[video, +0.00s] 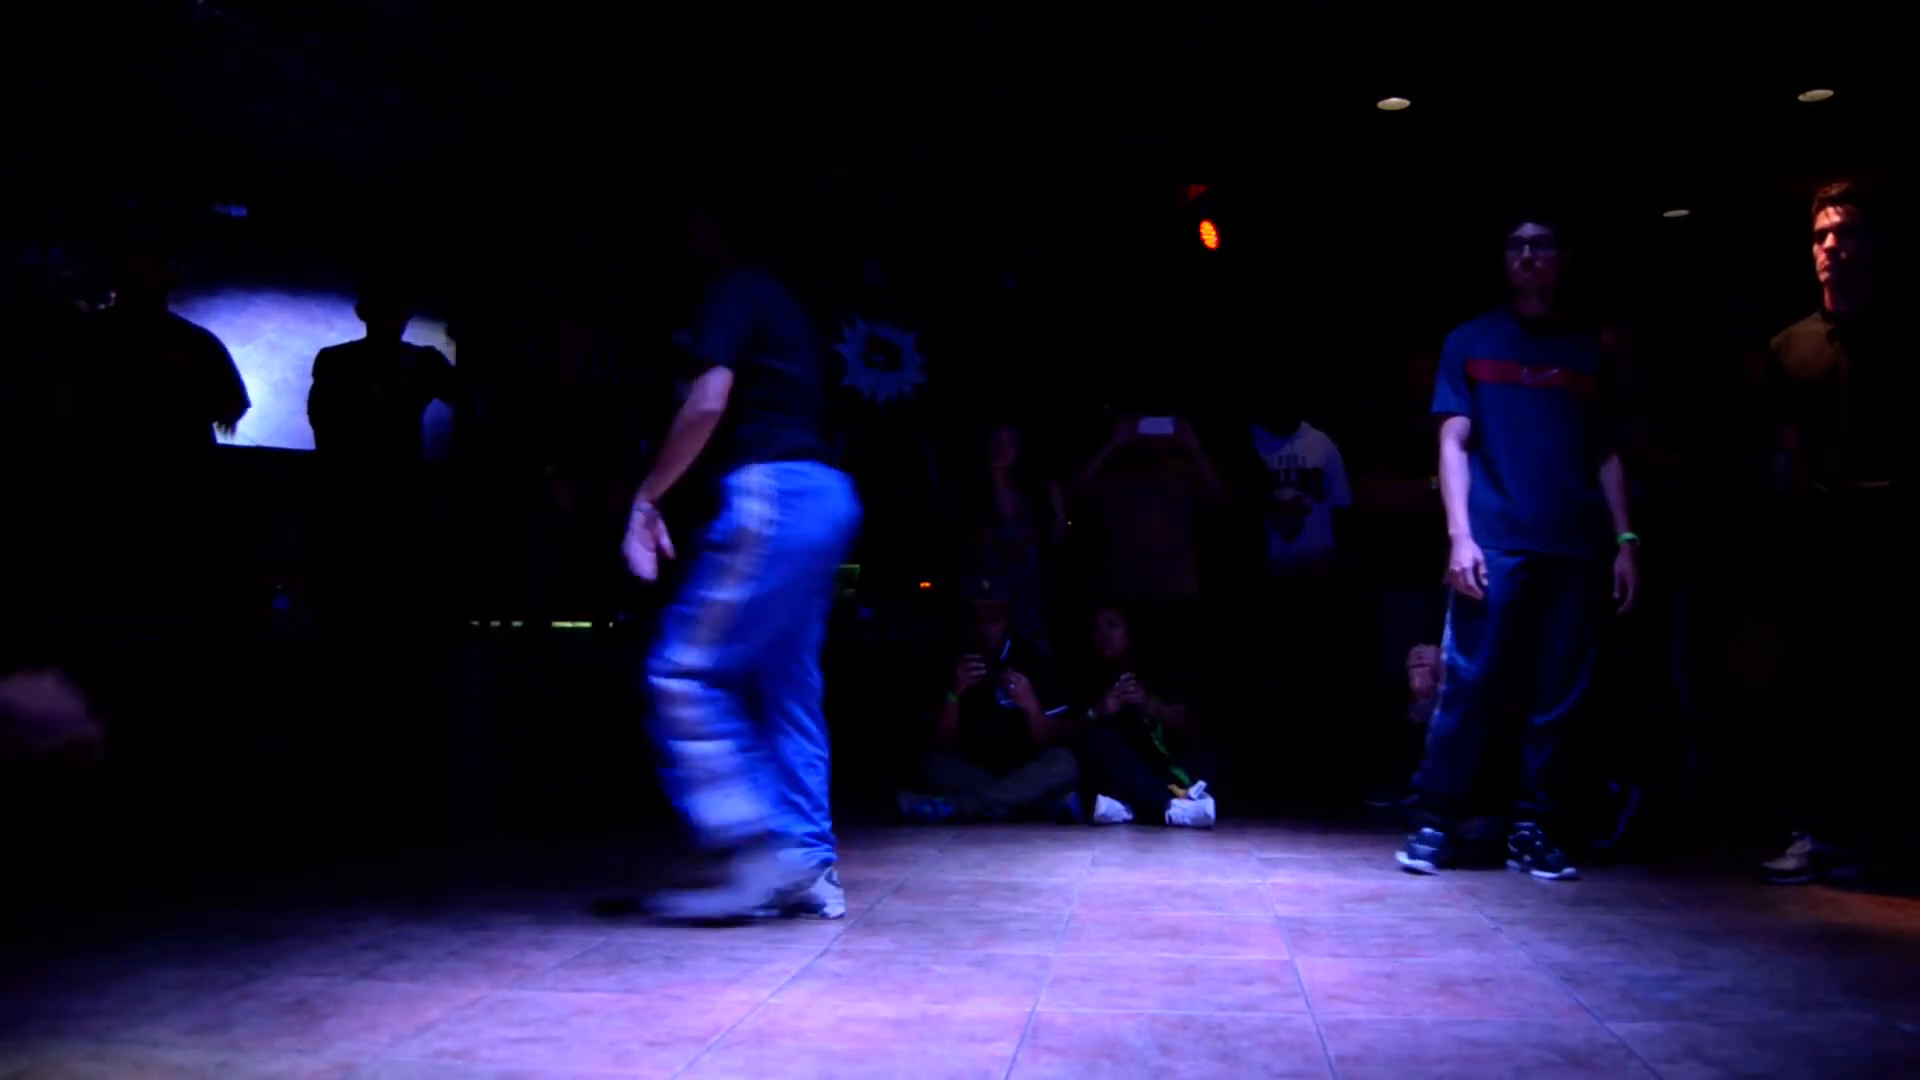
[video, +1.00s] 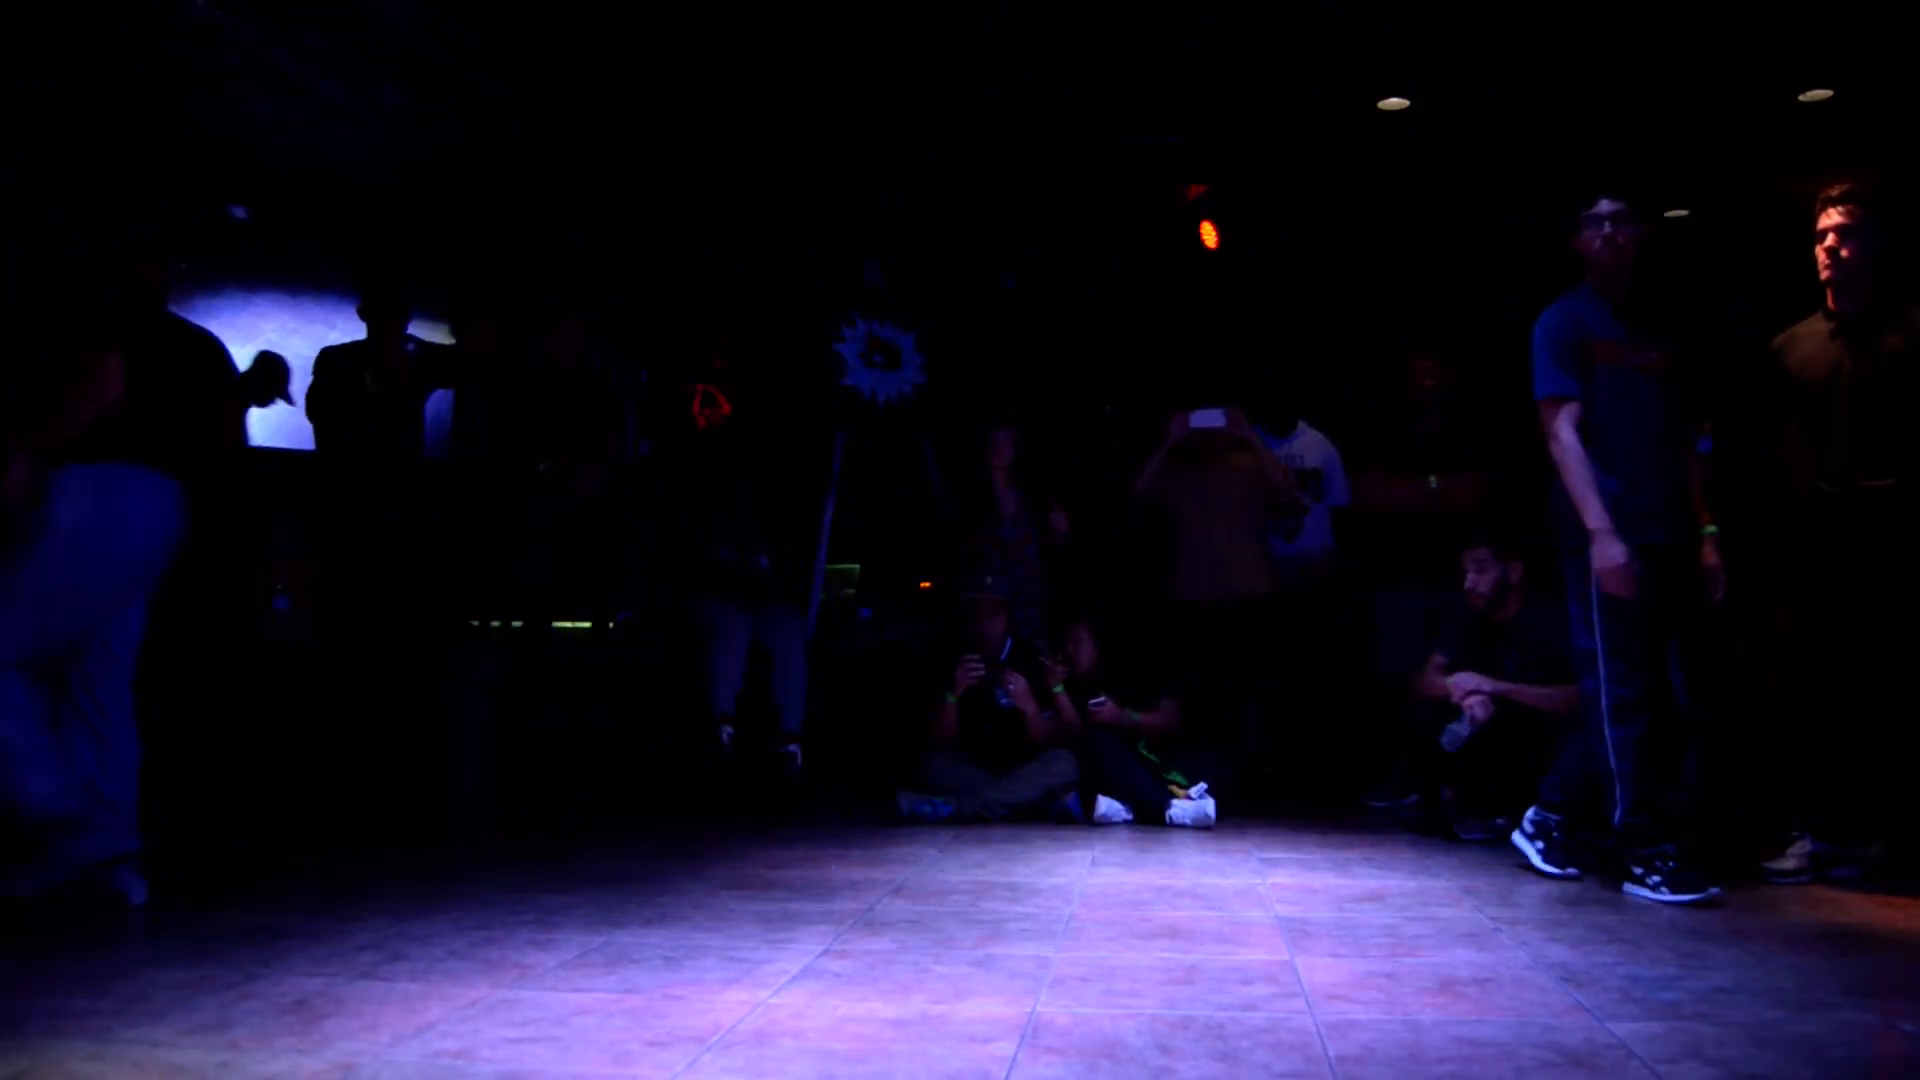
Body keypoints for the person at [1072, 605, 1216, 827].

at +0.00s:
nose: (1105, 635)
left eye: (1112, 626)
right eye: (1098, 628)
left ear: (1127, 630)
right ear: (1090, 635)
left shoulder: (1149, 668)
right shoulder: (1083, 674)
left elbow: (1180, 718)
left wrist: (1145, 701)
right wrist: (1102, 709)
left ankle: (1128, 807)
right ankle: (1168, 807)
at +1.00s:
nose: (1072, 651)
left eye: (1079, 642)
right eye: (1068, 644)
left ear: (1097, 644)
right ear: (1062, 650)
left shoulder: (1126, 680)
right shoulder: (1071, 685)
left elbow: (1167, 721)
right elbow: (1076, 730)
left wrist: (1119, 716)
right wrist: (1056, 687)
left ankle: (1127, 808)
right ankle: (1169, 806)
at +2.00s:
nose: (1074, 650)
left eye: (1081, 641)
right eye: (1070, 643)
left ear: (1099, 644)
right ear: (1064, 649)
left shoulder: (1125, 680)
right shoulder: (1071, 685)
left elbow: (1166, 724)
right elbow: (1075, 729)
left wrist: (1122, 719)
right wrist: (1058, 688)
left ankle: (1126, 807)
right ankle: (1168, 806)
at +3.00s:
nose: (1103, 641)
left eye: (1110, 633)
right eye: (1099, 633)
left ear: (1127, 637)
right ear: (1091, 639)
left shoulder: (1147, 675)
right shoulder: (1088, 679)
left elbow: (1184, 723)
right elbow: (1080, 733)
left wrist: (1143, 717)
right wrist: (1068, 703)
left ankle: (1130, 808)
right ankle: (1170, 808)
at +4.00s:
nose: (1178, 642)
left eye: (1188, 634)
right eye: (1174, 635)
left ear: (1204, 638)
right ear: (1166, 641)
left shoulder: (1226, 678)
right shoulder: (1158, 679)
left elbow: (1249, 731)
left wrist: (1213, 717)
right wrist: (1156, 718)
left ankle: (1183, 811)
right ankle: (1223, 812)